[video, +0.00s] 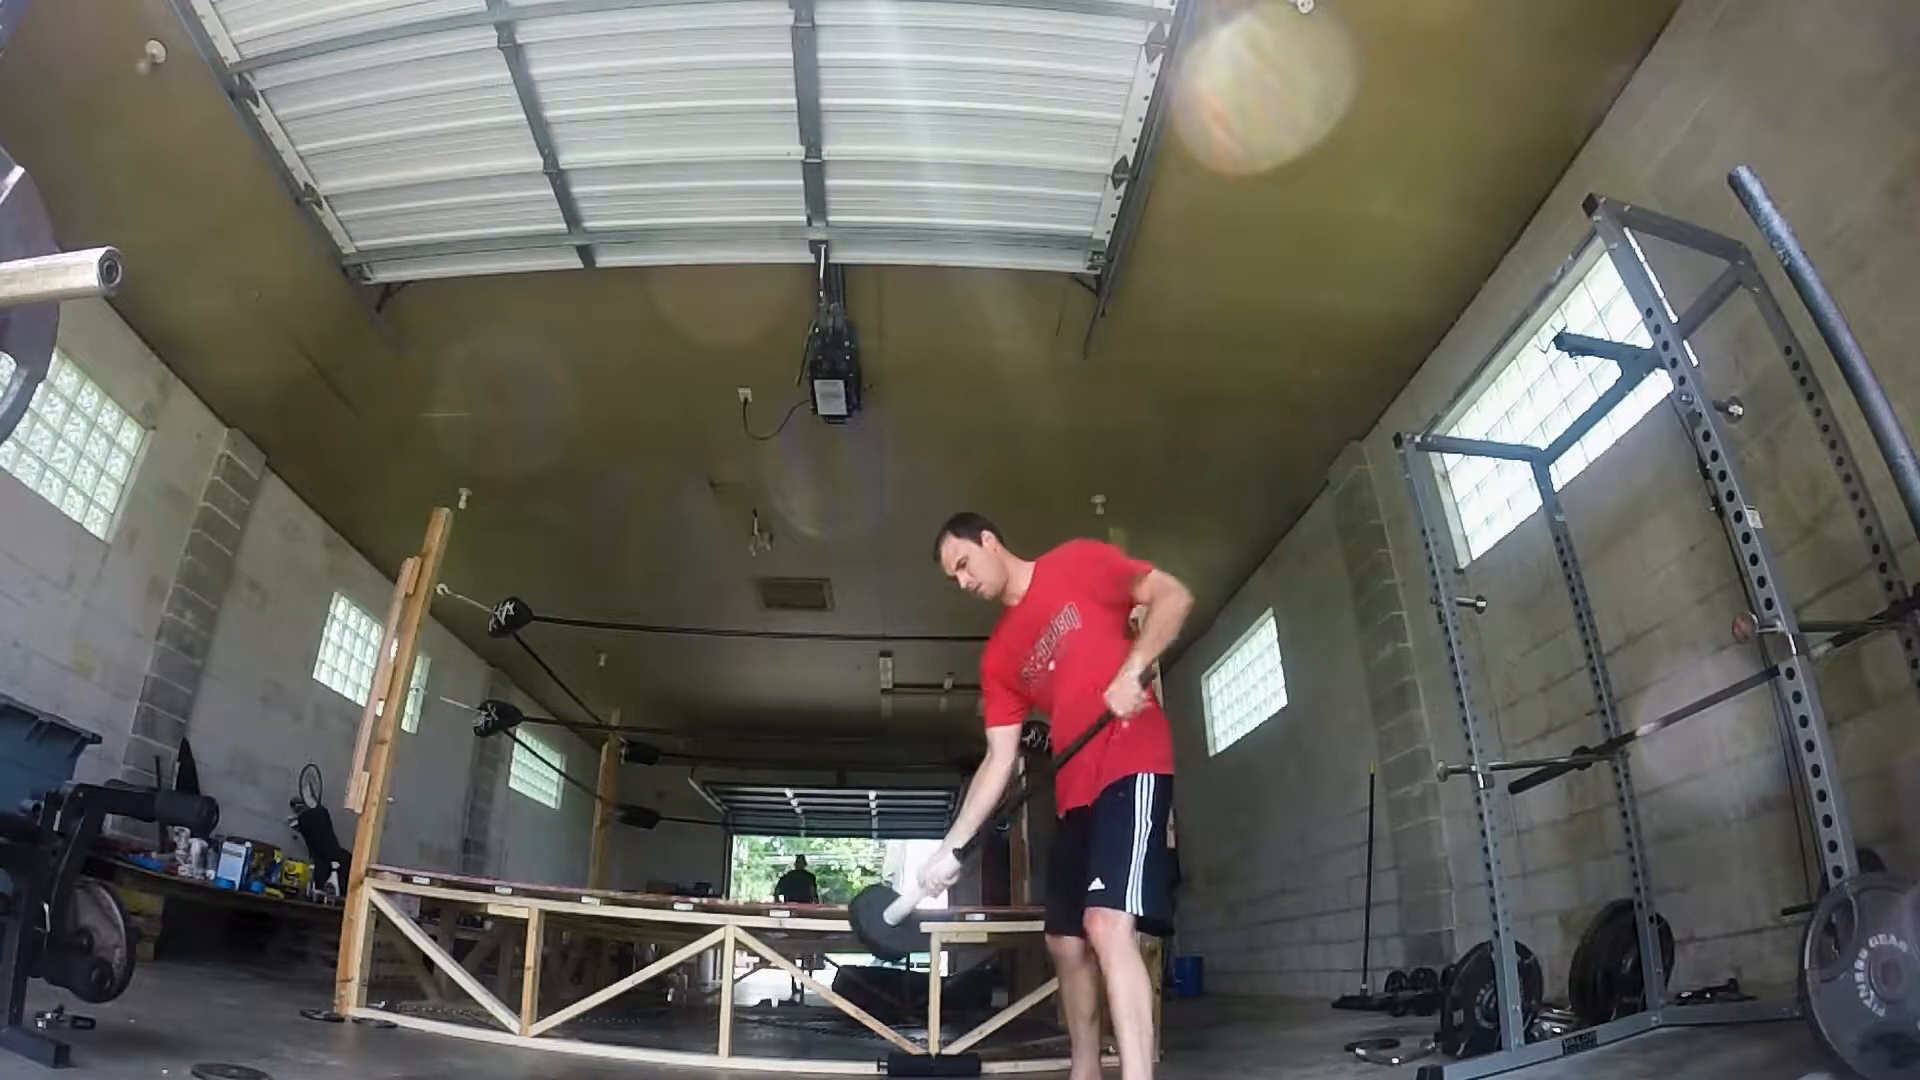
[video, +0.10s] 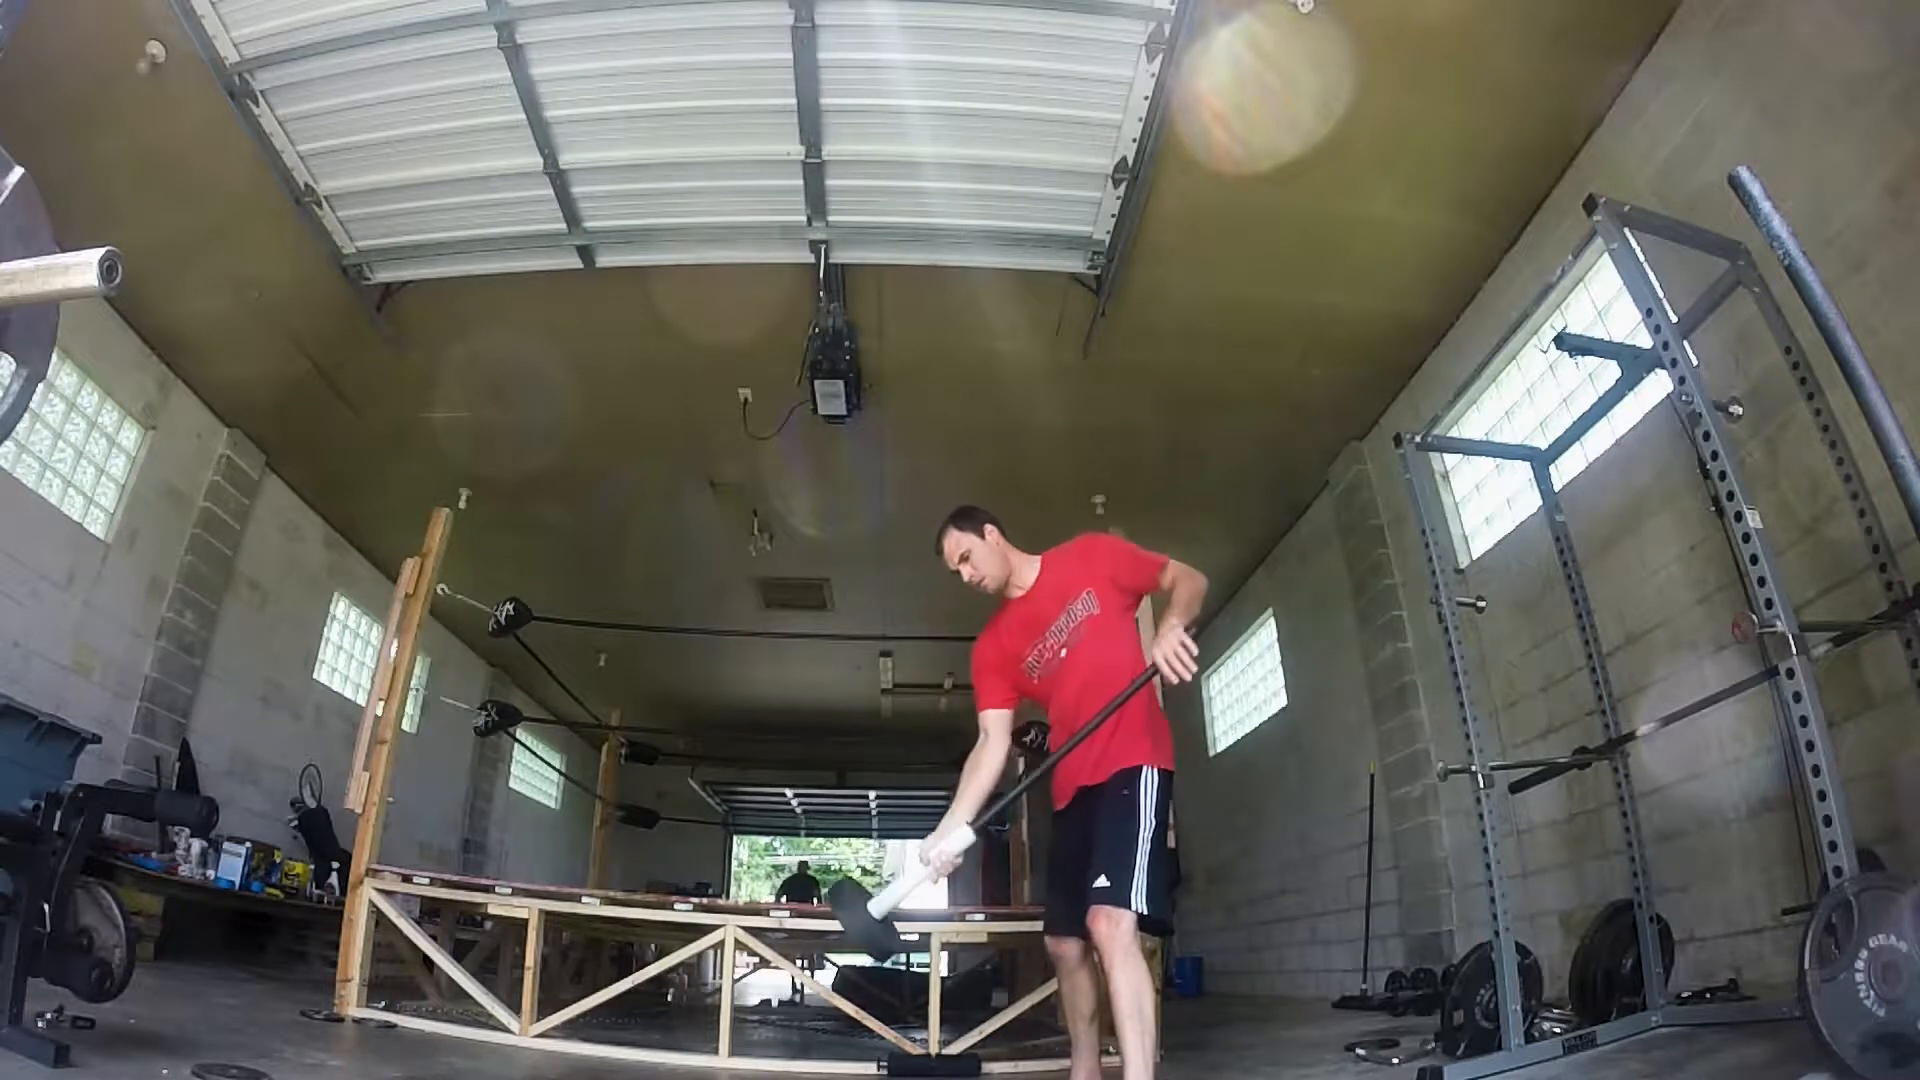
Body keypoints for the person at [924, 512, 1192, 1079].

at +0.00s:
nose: (963, 581)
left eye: (963, 563)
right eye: (954, 576)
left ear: (990, 540)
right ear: (960, 578)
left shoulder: (1075, 562)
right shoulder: (1000, 653)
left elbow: (1174, 596)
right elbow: (999, 758)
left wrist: (1132, 668)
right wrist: (951, 848)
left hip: (1133, 764)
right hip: (1078, 791)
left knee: (1108, 924)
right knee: (1065, 939)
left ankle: (1138, 1075)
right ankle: (1087, 1073)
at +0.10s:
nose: (966, 575)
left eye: (966, 557)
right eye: (957, 570)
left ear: (993, 533)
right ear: (962, 571)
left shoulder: (1092, 554)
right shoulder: (994, 644)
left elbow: (1188, 580)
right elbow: (992, 742)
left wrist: (1169, 625)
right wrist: (951, 827)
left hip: (1135, 759)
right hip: (1074, 783)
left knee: (1110, 922)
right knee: (1063, 942)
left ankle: (1140, 1076)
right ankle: (1086, 1074)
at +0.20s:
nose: (967, 570)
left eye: (966, 552)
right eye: (956, 565)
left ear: (993, 528)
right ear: (958, 568)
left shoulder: (1093, 552)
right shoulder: (988, 634)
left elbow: (1175, 579)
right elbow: (992, 715)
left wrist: (1174, 609)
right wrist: (965, 789)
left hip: (1134, 754)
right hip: (1071, 776)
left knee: (1110, 920)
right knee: (1060, 941)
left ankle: (1140, 1076)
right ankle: (1085, 1073)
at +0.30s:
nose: (964, 568)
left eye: (964, 550)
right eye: (954, 563)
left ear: (991, 526)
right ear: (954, 565)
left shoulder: (1089, 552)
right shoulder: (983, 625)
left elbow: (1152, 593)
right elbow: (997, 690)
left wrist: (1169, 611)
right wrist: (994, 744)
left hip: (1133, 751)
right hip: (1067, 772)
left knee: (1108, 919)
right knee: (1056, 941)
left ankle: (1140, 1076)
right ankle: (1083, 1073)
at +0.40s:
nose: (961, 566)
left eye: (961, 549)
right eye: (950, 561)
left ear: (988, 525)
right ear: (950, 564)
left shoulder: (1082, 552)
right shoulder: (978, 622)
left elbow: (1141, 601)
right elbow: (1003, 673)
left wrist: (1168, 609)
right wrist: (1028, 706)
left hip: (1133, 748)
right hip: (1068, 770)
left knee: (1108, 920)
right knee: (1052, 941)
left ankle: (1139, 1076)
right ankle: (1082, 1072)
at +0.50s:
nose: (956, 568)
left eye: (955, 550)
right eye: (945, 562)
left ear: (984, 525)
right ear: (946, 567)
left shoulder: (1079, 552)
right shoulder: (974, 624)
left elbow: (1137, 599)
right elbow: (1005, 662)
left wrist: (1175, 604)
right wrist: (1040, 681)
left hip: (1128, 754)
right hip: (1060, 780)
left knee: (1107, 920)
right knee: (1049, 942)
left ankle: (1139, 1076)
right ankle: (1081, 1072)